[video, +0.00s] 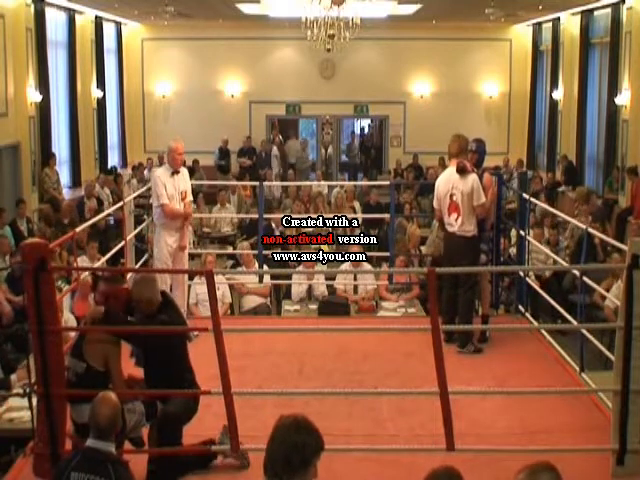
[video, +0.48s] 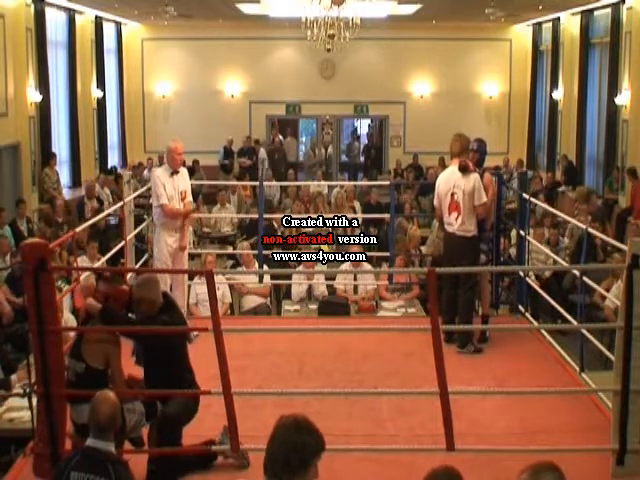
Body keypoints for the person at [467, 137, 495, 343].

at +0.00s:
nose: (470, 157)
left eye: (474, 153)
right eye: (469, 152)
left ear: (480, 155)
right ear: (466, 153)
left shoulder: (487, 178)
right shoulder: (461, 175)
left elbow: (489, 206)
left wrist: (485, 223)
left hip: (483, 230)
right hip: (464, 229)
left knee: (483, 275)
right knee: (463, 276)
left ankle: (484, 321)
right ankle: (460, 319)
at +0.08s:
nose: (470, 156)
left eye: (474, 153)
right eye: (469, 152)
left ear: (481, 155)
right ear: (466, 153)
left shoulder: (487, 178)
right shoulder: (461, 175)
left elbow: (489, 206)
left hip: (483, 230)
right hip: (464, 229)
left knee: (483, 275)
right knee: (464, 276)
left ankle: (484, 321)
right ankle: (461, 319)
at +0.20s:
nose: (470, 156)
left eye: (474, 153)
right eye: (470, 152)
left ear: (481, 155)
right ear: (467, 153)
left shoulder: (487, 179)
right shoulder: (462, 175)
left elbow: (489, 206)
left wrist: (486, 224)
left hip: (483, 230)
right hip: (464, 229)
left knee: (484, 275)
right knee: (464, 276)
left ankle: (484, 321)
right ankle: (461, 319)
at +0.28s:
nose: (471, 156)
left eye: (475, 152)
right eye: (470, 152)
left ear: (482, 155)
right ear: (466, 153)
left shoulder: (487, 179)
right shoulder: (461, 175)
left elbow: (489, 206)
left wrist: (486, 223)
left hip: (483, 229)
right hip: (464, 229)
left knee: (483, 275)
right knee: (463, 275)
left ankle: (484, 320)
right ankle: (460, 319)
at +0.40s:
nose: (471, 156)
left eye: (475, 152)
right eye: (470, 151)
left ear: (482, 155)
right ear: (467, 153)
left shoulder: (487, 178)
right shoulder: (462, 175)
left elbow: (489, 206)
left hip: (483, 230)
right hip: (465, 229)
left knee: (484, 275)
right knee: (464, 275)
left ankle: (484, 321)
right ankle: (461, 320)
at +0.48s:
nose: (472, 156)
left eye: (476, 152)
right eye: (470, 151)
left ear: (482, 155)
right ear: (467, 153)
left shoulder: (487, 178)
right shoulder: (462, 175)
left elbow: (490, 205)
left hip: (483, 229)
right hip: (464, 229)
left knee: (484, 275)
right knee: (464, 275)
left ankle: (484, 321)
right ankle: (461, 320)